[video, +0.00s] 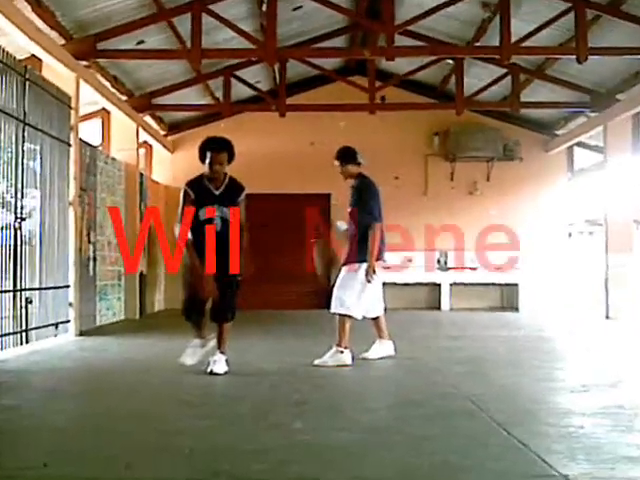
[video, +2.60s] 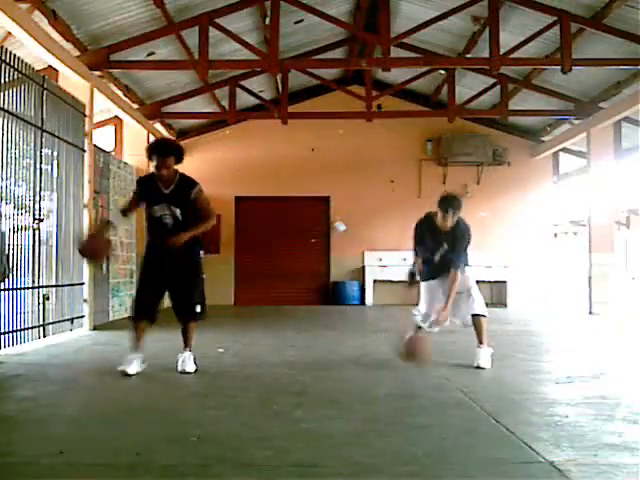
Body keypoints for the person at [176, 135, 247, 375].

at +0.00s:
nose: (219, 169)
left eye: (223, 163)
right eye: (215, 163)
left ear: (229, 163)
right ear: (206, 162)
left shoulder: (237, 190)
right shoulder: (193, 188)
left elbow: (243, 226)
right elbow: (183, 227)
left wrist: (243, 257)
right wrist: (193, 261)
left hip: (228, 257)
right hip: (199, 256)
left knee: (224, 306)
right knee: (194, 304)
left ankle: (221, 352)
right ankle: (201, 340)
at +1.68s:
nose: (207, 174)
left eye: (211, 169)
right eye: (203, 169)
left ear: (218, 166)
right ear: (196, 166)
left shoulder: (228, 188)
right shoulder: (186, 187)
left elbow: (244, 214)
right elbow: (170, 217)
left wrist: (257, 231)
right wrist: (168, 242)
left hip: (220, 256)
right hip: (191, 256)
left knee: (223, 303)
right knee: (187, 304)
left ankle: (225, 347)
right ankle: (187, 348)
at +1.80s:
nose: (191, 176)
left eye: (195, 171)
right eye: (187, 172)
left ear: (204, 168)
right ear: (182, 169)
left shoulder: (218, 186)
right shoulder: (175, 189)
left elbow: (237, 205)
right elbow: (155, 218)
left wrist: (254, 200)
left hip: (206, 252)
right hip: (180, 252)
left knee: (202, 300)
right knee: (178, 302)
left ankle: (214, 339)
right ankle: (185, 348)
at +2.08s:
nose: (182, 176)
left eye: (186, 171)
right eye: (178, 171)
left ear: (196, 167)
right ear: (174, 168)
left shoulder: (209, 188)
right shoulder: (164, 186)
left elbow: (220, 219)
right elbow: (149, 223)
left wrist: (229, 205)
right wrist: (148, 257)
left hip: (197, 254)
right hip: (170, 254)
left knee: (193, 303)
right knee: (174, 303)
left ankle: (190, 350)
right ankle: (183, 347)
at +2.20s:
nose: (181, 175)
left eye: (185, 171)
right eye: (177, 170)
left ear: (195, 167)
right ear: (173, 167)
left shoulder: (205, 190)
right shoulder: (161, 187)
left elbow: (208, 224)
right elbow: (152, 226)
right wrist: (155, 258)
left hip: (196, 253)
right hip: (169, 255)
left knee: (194, 302)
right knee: (174, 303)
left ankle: (189, 350)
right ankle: (183, 347)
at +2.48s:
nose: (169, 174)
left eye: (173, 170)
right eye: (166, 169)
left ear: (184, 167)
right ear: (160, 166)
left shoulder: (194, 190)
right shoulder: (151, 187)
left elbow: (204, 229)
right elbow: (138, 218)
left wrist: (178, 249)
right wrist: (124, 237)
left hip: (191, 252)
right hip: (162, 252)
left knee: (190, 305)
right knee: (157, 304)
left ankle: (188, 352)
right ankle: (160, 345)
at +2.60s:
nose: (160, 171)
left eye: (165, 166)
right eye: (157, 166)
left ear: (176, 164)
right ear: (152, 164)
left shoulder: (190, 187)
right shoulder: (146, 184)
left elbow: (210, 218)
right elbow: (131, 208)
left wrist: (185, 235)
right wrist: (124, 212)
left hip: (185, 254)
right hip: (156, 253)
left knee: (187, 306)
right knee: (143, 304)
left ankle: (187, 353)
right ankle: (136, 354)